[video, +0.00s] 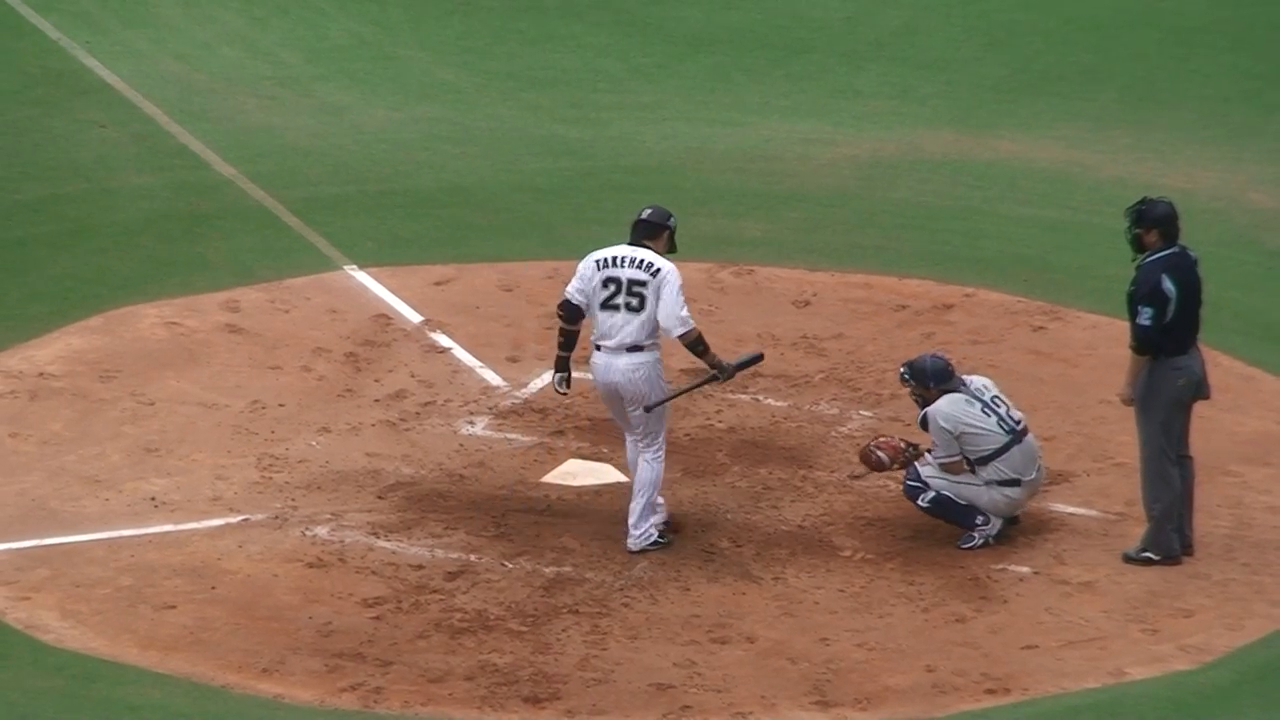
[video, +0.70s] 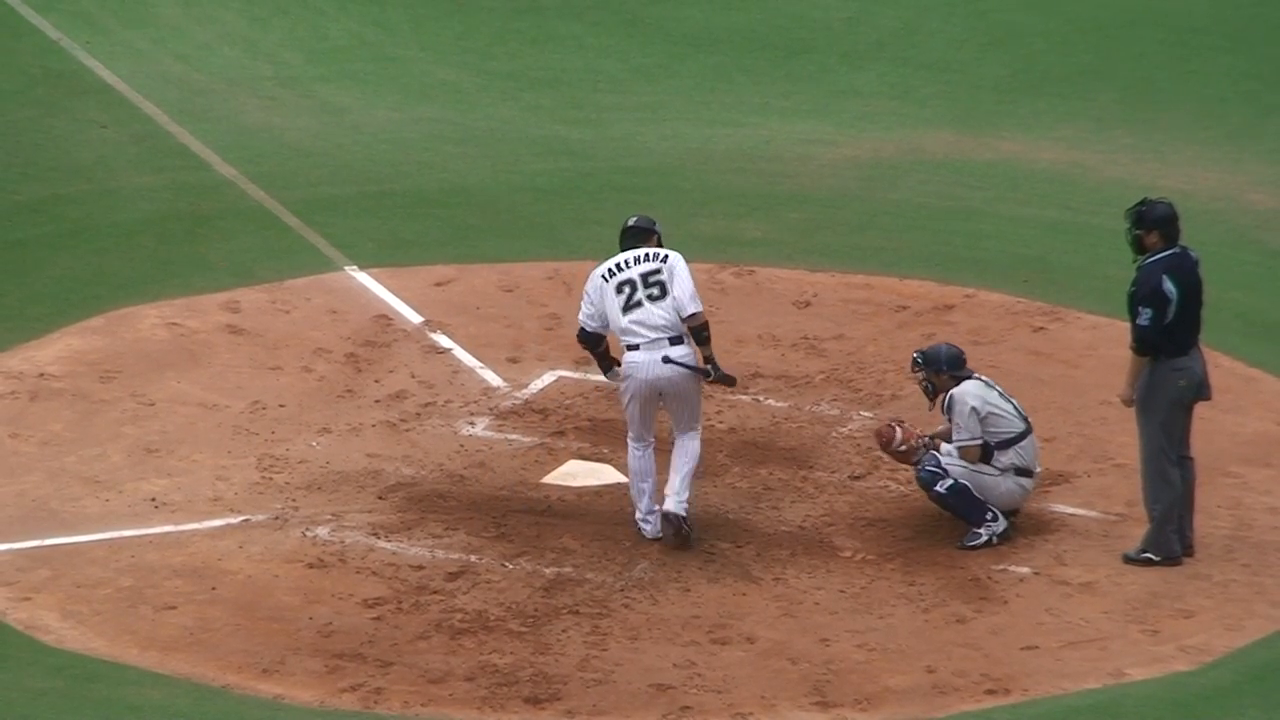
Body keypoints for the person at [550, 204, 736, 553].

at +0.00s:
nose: (669, 245)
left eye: (670, 239)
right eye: (668, 238)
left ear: (635, 233)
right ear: (660, 237)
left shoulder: (596, 260)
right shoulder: (664, 270)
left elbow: (570, 311)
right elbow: (680, 327)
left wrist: (562, 363)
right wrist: (715, 362)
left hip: (601, 366)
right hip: (641, 367)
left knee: (634, 435)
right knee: (651, 448)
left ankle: (652, 510)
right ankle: (640, 532)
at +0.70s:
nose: (659, 244)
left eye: (657, 240)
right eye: (658, 239)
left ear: (622, 242)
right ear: (653, 239)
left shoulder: (601, 274)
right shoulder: (670, 259)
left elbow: (589, 335)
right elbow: (693, 318)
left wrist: (608, 366)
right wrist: (711, 362)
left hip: (635, 364)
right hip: (678, 356)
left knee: (640, 442)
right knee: (687, 432)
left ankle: (648, 521)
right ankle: (675, 504)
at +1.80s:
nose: (707, 250)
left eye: (706, 246)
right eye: (707, 245)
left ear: (673, 238)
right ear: (702, 244)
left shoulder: (636, 262)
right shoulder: (708, 271)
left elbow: (608, 313)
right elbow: (719, 334)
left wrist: (616, 363)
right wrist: (724, 379)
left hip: (647, 361)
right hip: (691, 361)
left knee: (648, 441)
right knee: (689, 445)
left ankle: (649, 523)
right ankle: (684, 528)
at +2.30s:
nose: (735, 259)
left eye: (735, 253)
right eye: (735, 253)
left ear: (702, 240)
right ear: (728, 251)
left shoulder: (655, 254)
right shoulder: (723, 279)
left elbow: (617, 292)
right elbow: (718, 347)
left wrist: (632, 334)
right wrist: (725, 378)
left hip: (637, 352)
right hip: (679, 361)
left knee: (632, 431)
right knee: (684, 444)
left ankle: (612, 512)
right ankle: (683, 528)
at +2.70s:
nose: (709, 262)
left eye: (710, 254)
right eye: (710, 254)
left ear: (677, 241)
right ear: (699, 250)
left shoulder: (633, 258)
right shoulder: (688, 274)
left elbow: (603, 312)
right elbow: (685, 328)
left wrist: (648, 325)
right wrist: (717, 325)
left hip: (607, 351)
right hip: (646, 359)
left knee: (591, 437)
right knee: (667, 445)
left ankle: (565, 512)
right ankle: (679, 528)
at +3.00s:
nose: (685, 250)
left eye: (685, 245)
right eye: (685, 245)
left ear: (652, 237)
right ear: (678, 243)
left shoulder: (610, 259)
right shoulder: (678, 268)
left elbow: (581, 310)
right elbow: (679, 320)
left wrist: (598, 328)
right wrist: (705, 318)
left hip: (605, 353)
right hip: (646, 356)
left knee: (589, 437)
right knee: (665, 444)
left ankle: (564, 514)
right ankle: (678, 527)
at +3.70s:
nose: (706, 255)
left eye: (706, 249)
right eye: (706, 249)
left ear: (672, 239)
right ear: (700, 248)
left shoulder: (632, 257)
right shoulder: (694, 274)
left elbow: (591, 299)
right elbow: (690, 334)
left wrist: (611, 340)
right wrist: (714, 367)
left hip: (609, 351)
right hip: (649, 357)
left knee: (592, 435)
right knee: (670, 445)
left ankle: (565, 510)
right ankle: (679, 527)